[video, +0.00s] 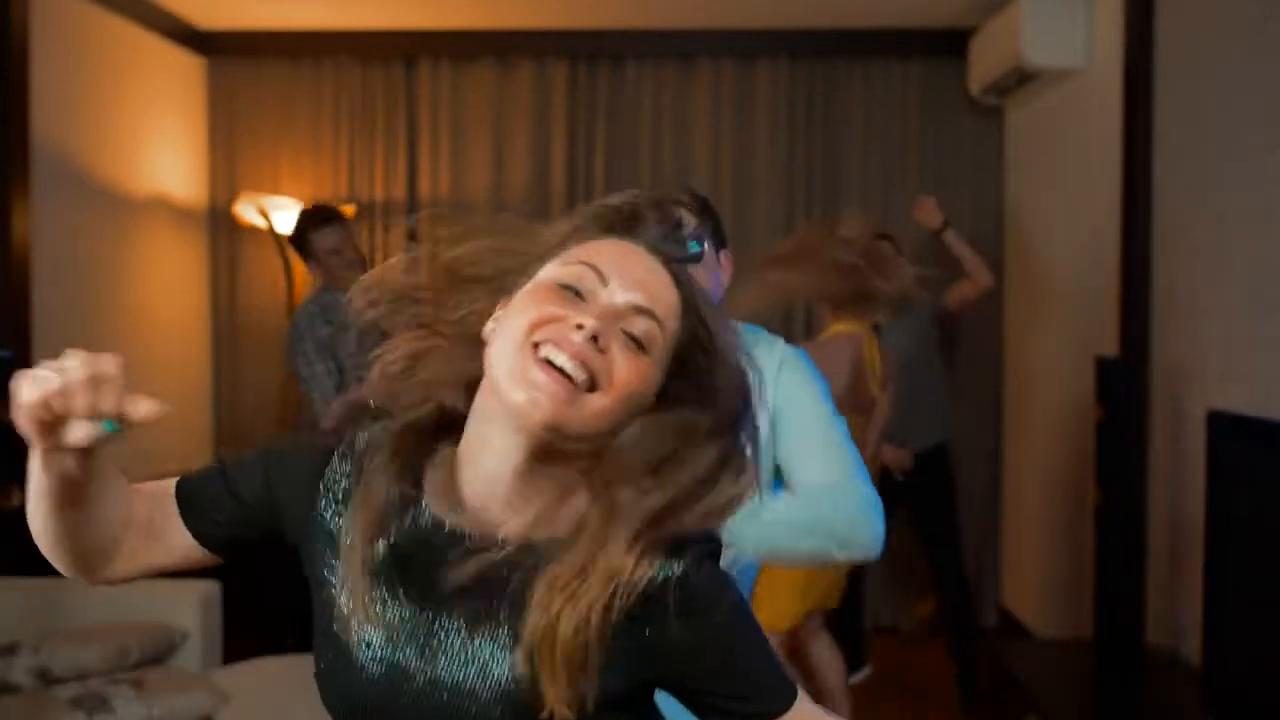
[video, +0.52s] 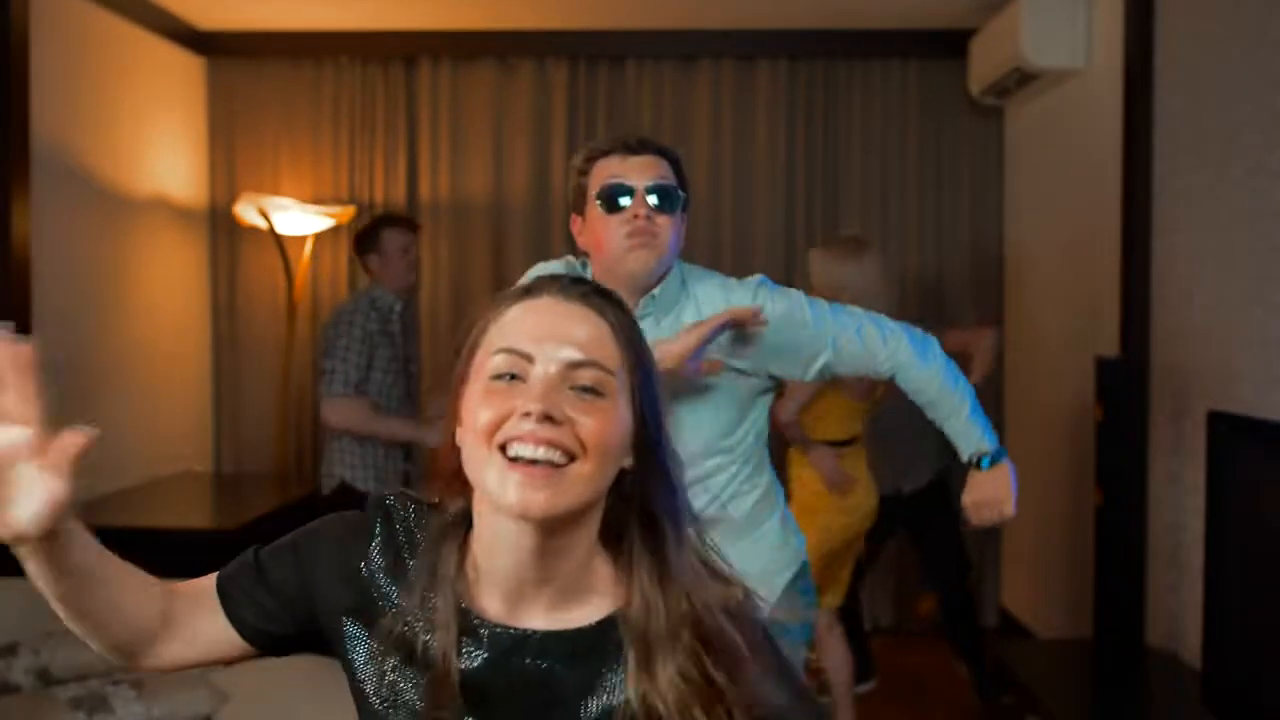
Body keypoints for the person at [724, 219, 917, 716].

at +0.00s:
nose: (803, 289)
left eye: (809, 278)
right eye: (807, 278)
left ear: (821, 287)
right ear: (860, 286)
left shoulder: (837, 345)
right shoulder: (867, 342)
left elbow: (817, 422)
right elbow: (878, 408)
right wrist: (872, 454)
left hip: (815, 504)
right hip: (844, 504)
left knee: (765, 629)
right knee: (809, 626)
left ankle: (799, 707)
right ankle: (839, 708)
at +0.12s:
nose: (657, 251)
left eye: (678, 231)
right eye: (632, 235)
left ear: (710, 251)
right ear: (602, 248)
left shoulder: (759, 353)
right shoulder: (564, 348)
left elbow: (878, 516)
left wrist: (787, 596)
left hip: (717, 658)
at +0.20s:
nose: (648, 227)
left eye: (670, 212)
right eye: (624, 212)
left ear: (695, 238)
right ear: (593, 234)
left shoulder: (754, 337)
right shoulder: (559, 335)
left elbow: (886, 474)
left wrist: (850, 609)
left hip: (719, 655)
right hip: (580, 639)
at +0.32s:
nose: (643, 205)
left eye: (663, 191)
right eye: (618, 191)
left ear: (685, 218)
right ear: (584, 220)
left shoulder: (753, 313)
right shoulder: (558, 315)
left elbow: (897, 413)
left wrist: (926, 561)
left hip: (733, 596)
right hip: (597, 585)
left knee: (738, 705)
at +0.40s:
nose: (641, 201)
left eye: (662, 188)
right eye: (616, 188)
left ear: (684, 219)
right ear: (580, 220)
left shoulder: (748, 305)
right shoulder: (543, 296)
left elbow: (902, 381)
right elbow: (491, 414)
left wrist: (961, 513)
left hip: (743, 593)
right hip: (600, 584)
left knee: (747, 708)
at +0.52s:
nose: (641, 213)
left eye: (661, 199)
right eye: (616, 200)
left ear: (682, 227)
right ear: (580, 229)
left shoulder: (744, 311)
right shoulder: (551, 295)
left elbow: (902, 347)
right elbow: (520, 397)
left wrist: (986, 456)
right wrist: (644, 365)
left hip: (749, 587)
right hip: (612, 580)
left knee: (768, 705)